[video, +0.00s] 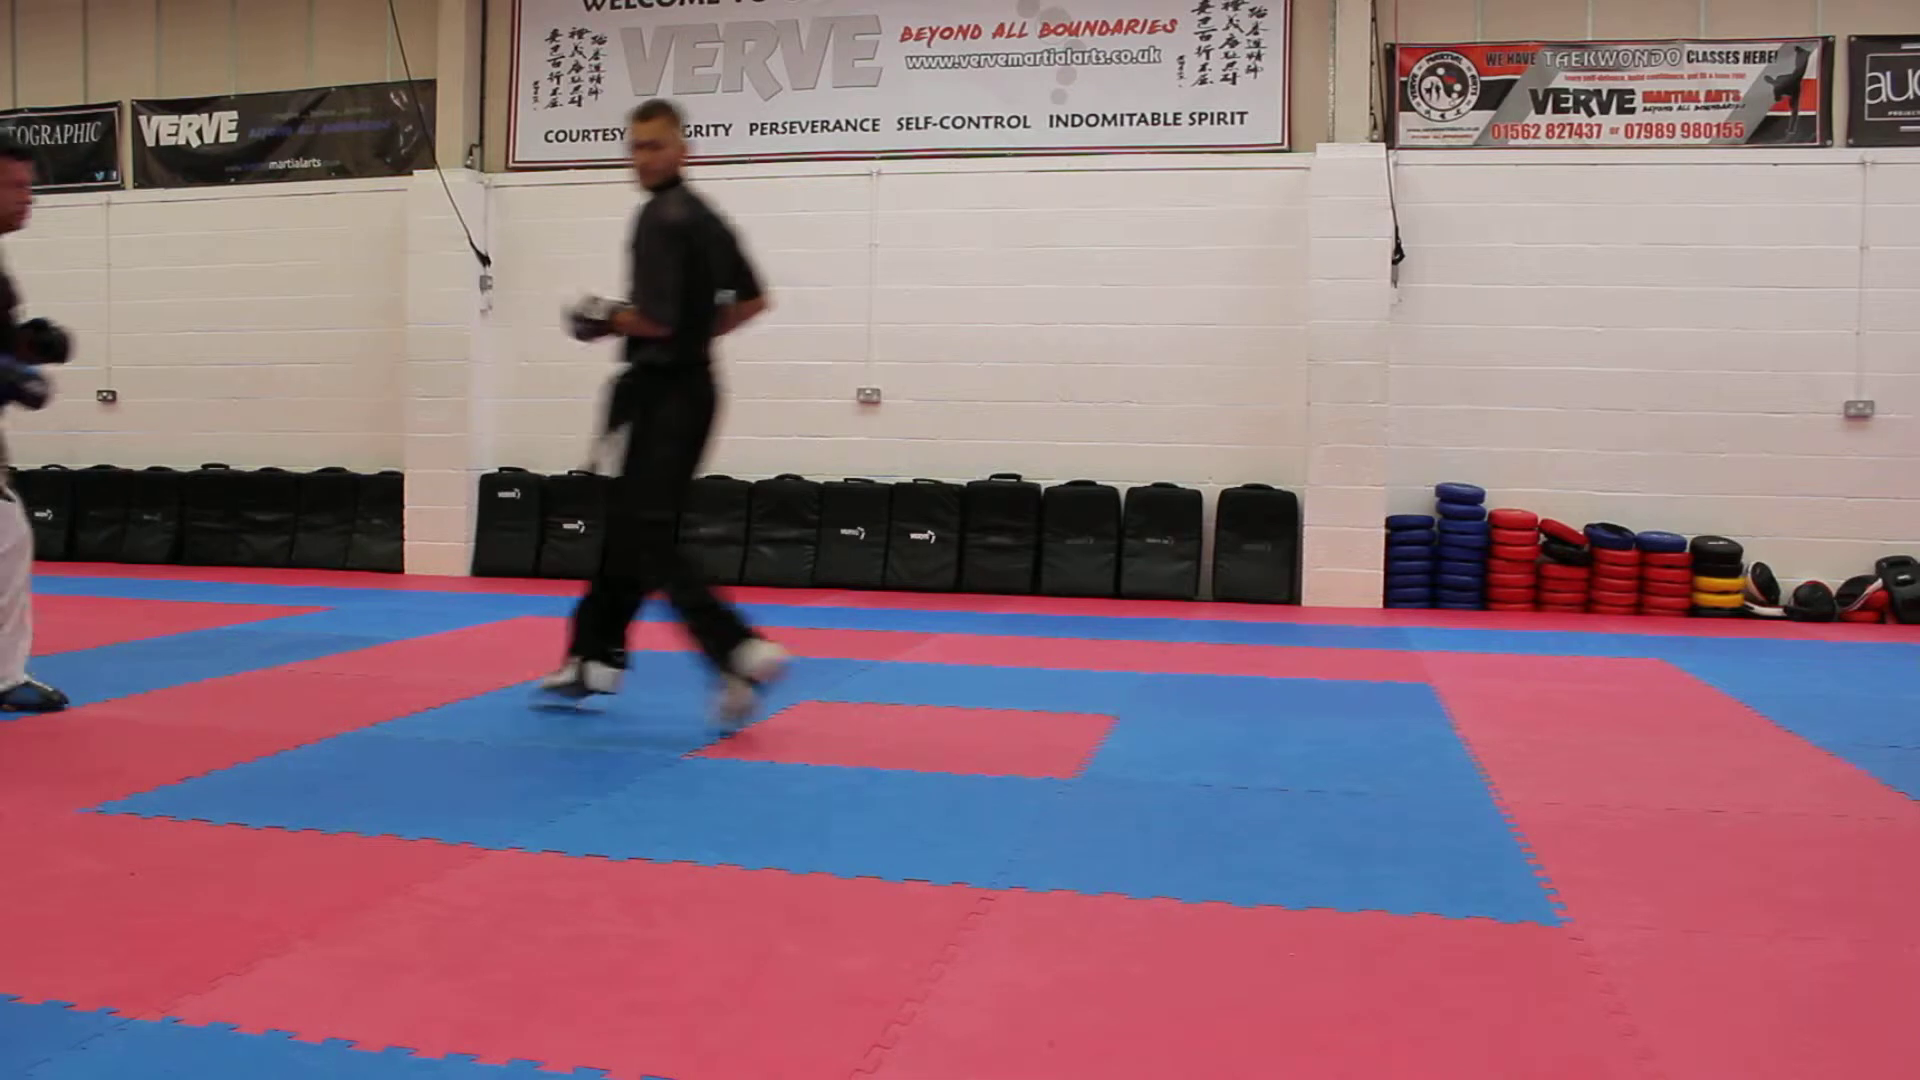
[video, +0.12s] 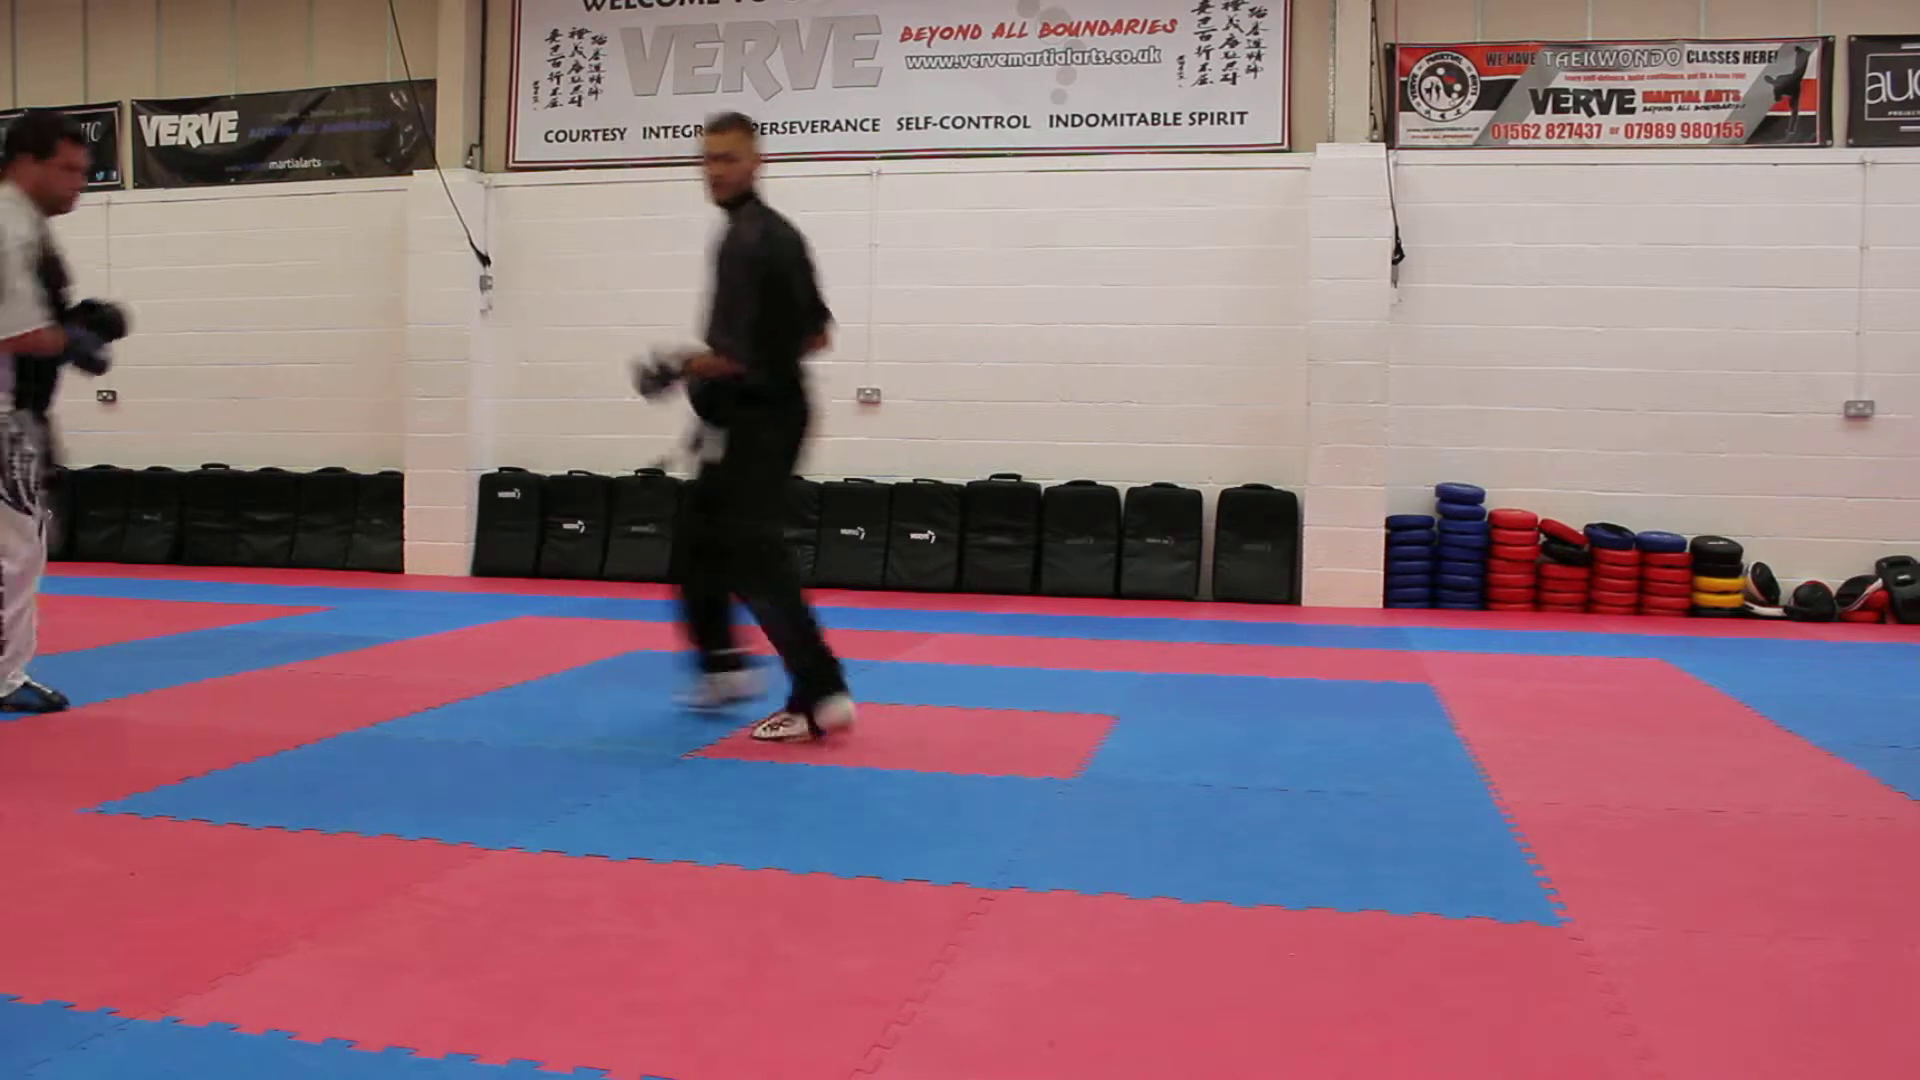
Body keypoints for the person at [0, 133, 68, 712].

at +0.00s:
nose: (25, 199)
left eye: (27, 188)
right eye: (16, 187)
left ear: (24, 191)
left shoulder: (3, 278)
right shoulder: (1, 277)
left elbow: (8, 342)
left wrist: (23, 356)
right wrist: (13, 370)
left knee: (14, 534)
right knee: (13, 534)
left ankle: (11, 671)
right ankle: (9, 672)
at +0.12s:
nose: (80, 184)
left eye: (83, 172)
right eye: (71, 170)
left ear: (34, 168)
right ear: (27, 164)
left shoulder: (30, 223)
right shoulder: (10, 224)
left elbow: (33, 316)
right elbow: (15, 329)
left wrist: (78, 318)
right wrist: (70, 341)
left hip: (25, 413)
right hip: (8, 417)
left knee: (27, 539)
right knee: (18, 543)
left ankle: (13, 670)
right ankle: (8, 673)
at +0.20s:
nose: (114, 174)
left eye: (116, 162)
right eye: (105, 160)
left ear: (69, 160)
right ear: (64, 155)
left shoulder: (56, 210)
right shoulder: (40, 214)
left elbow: (64, 306)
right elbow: (74, 322)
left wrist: (117, 306)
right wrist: (118, 325)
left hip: (50, 404)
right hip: (19, 405)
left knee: (89, 521)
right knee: (19, 540)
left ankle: (25, 640)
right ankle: (8, 670)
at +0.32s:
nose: (168, 173)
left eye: (170, 161)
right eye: (159, 159)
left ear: (128, 160)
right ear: (117, 155)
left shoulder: (119, 218)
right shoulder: (92, 213)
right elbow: (144, 316)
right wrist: (182, 308)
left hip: (105, 415)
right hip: (46, 414)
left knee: (153, 541)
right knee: (25, 552)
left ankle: (207, 660)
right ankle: (6, 673)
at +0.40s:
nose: (203, 180)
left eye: (206, 168)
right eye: (194, 167)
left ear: (165, 168)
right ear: (152, 163)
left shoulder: (167, 230)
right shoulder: (122, 221)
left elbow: (183, 309)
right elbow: (176, 319)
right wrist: (218, 317)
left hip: (157, 423)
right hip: (99, 422)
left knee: (201, 550)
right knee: (56, 557)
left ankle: (245, 672)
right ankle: (8, 666)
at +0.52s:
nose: (265, 173)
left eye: (267, 162)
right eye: (255, 160)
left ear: (246, 164)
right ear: (214, 156)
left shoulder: (242, 235)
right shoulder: (176, 219)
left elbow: (253, 306)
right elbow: (189, 312)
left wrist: (287, 320)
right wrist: (258, 335)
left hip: (227, 414)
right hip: (172, 416)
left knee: (250, 541)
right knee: (180, 545)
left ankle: (248, 675)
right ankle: (78, 624)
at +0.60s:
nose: (300, 166)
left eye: (304, 156)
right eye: (290, 153)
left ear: (299, 159)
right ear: (249, 149)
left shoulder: (293, 237)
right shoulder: (203, 212)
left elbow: (297, 322)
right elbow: (187, 302)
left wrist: (325, 334)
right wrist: (270, 333)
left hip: (261, 399)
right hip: (204, 396)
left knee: (273, 532)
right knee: (256, 527)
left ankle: (248, 672)